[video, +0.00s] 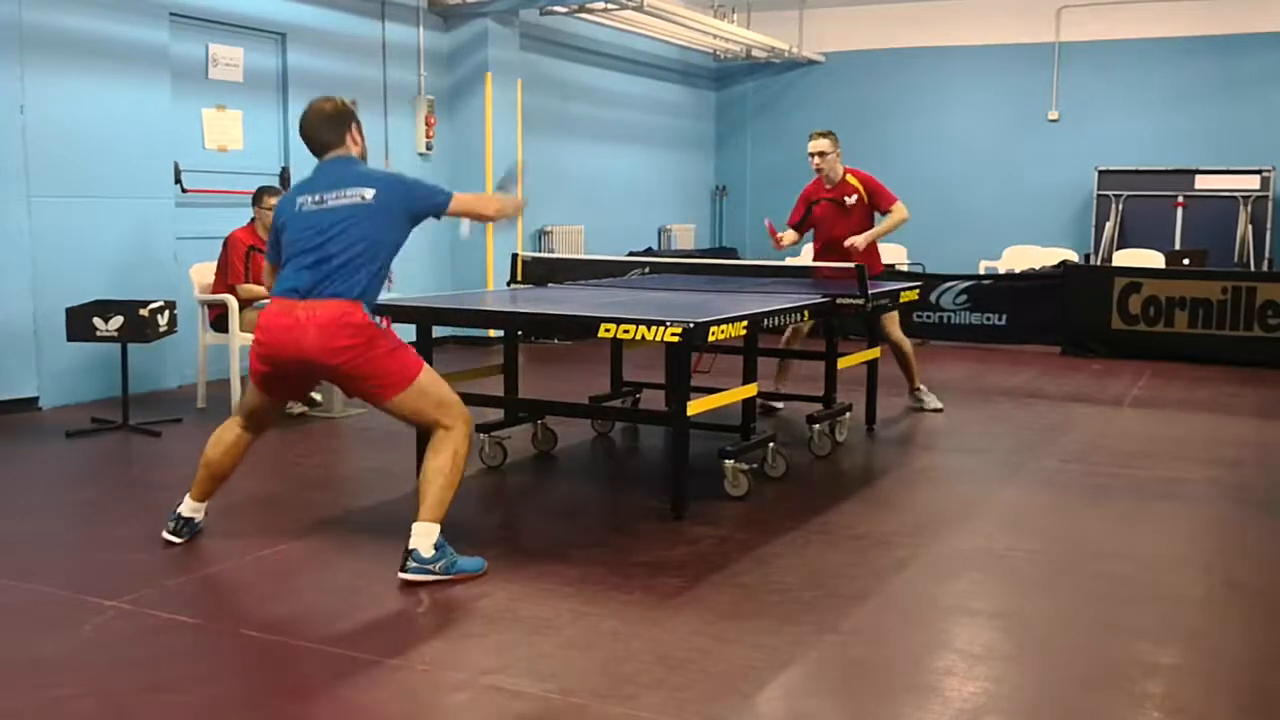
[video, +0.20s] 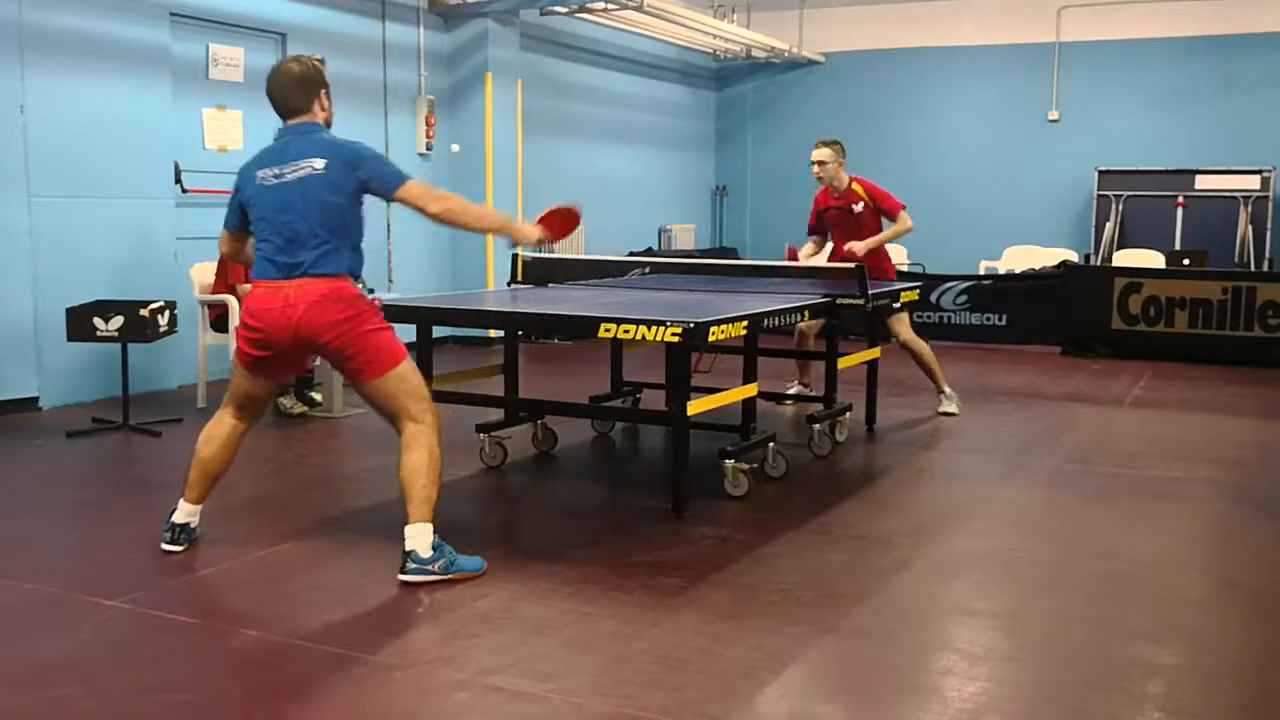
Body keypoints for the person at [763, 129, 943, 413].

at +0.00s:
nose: (816, 162)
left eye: (821, 155)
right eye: (812, 156)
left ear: (837, 155)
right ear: (809, 159)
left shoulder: (862, 183)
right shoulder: (811, 192)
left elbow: (900, 213)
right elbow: (796, 231)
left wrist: (867, 236)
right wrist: (783, 239)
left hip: (868, 279)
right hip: (825, 280)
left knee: (894, 335)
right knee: (795, 330)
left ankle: (916, 388)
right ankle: (777, 390)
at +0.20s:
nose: (815, 170)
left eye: (821, 164)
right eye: (813, 165)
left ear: (840, 164)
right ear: (814, 166)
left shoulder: (865, 190)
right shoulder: (821, 199)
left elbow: (906, 223)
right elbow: (817, 238)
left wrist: (867, 244)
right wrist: (803, 254)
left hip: (879, 279)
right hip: (839, 279)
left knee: (905, 337)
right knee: (804, 329)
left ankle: (945, 392)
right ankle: (803, 384)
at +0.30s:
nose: (800, 174)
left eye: (805, 169)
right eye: (799, 169)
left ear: (825, 169)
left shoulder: (854, 195)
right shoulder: (816, 204)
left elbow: (889, 230)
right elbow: (826, 240)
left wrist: (857, 262)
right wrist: (817, 269)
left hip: (876, 283)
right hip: (837, 283)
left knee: (902, 339)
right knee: (800, 330)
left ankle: (950, 390)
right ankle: (805, 386)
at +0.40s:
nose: (783, 163)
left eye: (788, 157)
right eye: (783, 157)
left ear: (806, 160)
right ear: (802, 161)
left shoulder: (836, 186)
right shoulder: (803, 193)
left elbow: (872, 220)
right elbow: (823, 233)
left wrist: (840, 252)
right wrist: (810, 260)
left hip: (858, 275)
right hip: (824, 273)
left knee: (888, 331)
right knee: (793, 325)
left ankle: (942, 385)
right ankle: (803, 384)